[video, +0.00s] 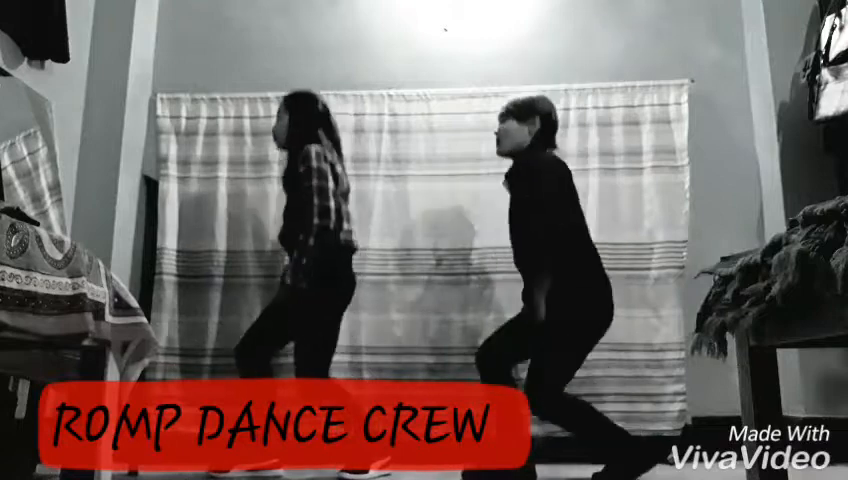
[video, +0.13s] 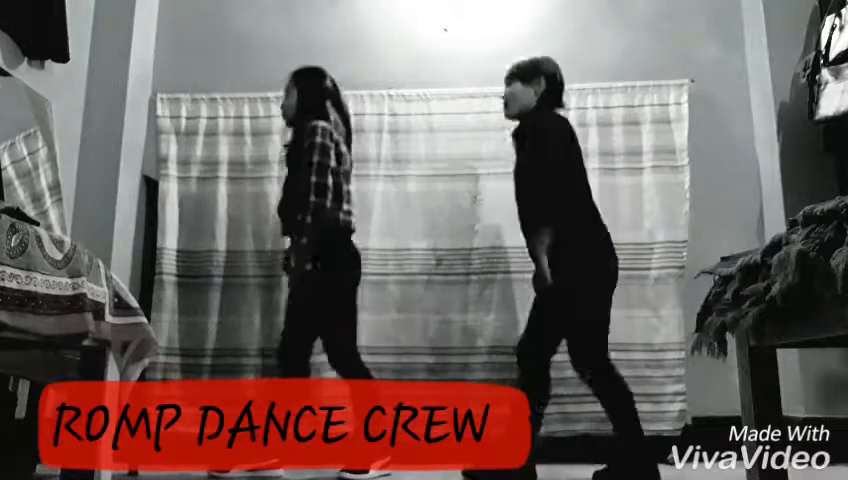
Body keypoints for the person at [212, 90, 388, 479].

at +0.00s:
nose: (274, 126)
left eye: (280, 118)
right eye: (276, 118)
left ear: (297, 120)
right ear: (311, 121)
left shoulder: (311, 153)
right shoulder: (321, 155)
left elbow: (314, 216)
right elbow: (323, 219)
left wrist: (297, 269)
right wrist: (299, 265)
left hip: (320, 272)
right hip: (330, 271)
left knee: (251, 350)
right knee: (312, 369)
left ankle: (268, 441)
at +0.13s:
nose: (282, 102)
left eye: (288, 94)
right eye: (284, 94)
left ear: (304, 96)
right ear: (316, 95)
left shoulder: (318, 129)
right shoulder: (316, 132)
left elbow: (317, 192)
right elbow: (312, 194)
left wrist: (302, 249)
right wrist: (298, 244)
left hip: (325, 254)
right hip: (324, 252)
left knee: (294, 352)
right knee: (343, 353)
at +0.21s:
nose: (286, 99)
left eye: (292, 91)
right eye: (289, 92)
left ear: (310, 95)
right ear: (316, 96)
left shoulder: (322, 132)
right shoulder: (320, 135)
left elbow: (318, 196)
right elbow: (313, 197)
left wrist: (302, 253)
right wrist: (296, 247)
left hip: (327, 258)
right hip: (324, 256)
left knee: (297, 355)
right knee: (358, 356)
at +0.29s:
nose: (288, 99)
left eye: (294, 91)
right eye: (290, 91)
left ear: (312, 94)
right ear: (314, 94)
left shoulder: (327, 132)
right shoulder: (314, 135)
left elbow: (324, 199)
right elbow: (304, 200)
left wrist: (307, 257)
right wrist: (289, 251)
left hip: (329, 260)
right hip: (311, 260)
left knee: (358, 355)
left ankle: (390, 438)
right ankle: (277, 443)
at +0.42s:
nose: (295, 97)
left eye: (303, 89)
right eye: (296, 90)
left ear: (328, 92)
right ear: (302, 95)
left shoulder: (349, 137)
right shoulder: (292, 141)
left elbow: (356, 205)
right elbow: (279, 204)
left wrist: (326, 256)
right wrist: (278, 254)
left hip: (337, 263)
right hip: (293, 263)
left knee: (354, 355)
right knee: (278, 356)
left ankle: (380, 444)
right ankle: (264, 447)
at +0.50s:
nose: (297, 96)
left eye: (305, 88)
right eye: (297, 89)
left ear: (331, 92)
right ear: (303, 93)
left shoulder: (356, 140)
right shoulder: (289, 138)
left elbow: (364, 205)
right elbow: (274, 201)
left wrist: (337, 250)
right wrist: (282, 251)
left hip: (339, 264)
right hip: (292, 263)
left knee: (351, 357)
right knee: (276, 356)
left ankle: (373, 448)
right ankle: (264, 447)